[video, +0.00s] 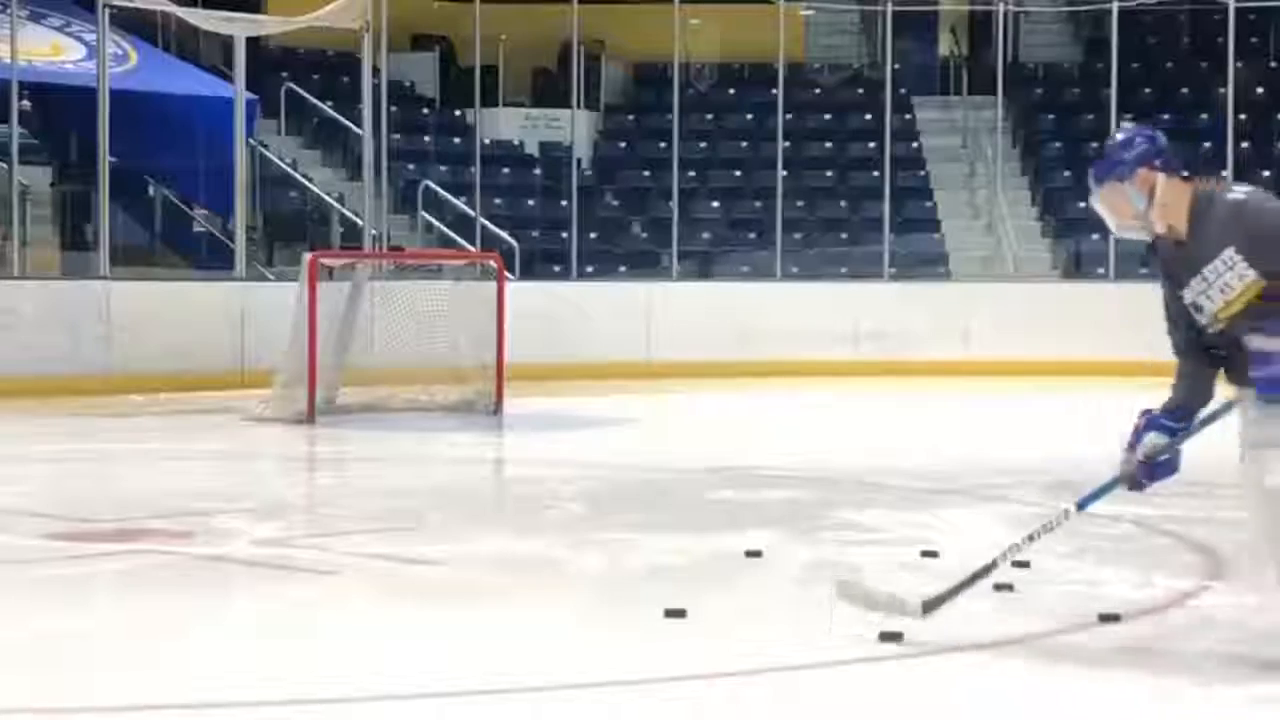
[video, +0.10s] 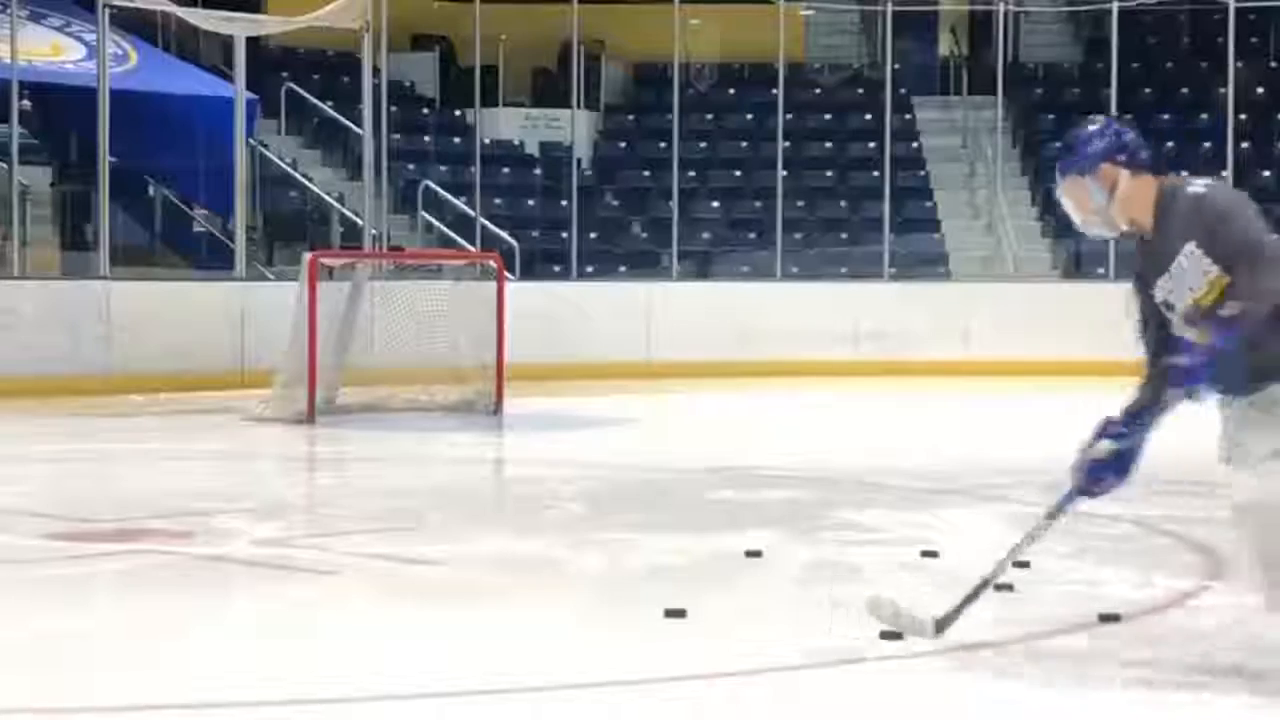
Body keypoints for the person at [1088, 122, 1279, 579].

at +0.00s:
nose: (1114, 213)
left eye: (1113, 193)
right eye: (1106, 199)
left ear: (1146, 178)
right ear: (1143, 181)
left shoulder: (1246, 212)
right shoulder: (1171, 259)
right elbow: (1197, 355)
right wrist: (1169, 425)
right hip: (1263, 397)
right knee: (1265, 533)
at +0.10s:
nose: (1080, 209)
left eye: (1080, 190)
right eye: (1072, 196)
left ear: (1113, 172)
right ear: (1112, 178)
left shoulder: (1209, 203)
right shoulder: (1149, 265)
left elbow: (1266, 273)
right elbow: (1167, 366)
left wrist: (1218, 340)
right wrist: (1128, 432)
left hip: (1271, 385)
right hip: (1245, 399)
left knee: (1263, 523)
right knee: (1260, 526)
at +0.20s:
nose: (1046, 203)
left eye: (1048, 183)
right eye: (1038, 190)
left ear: (1081, 165)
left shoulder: (1161, 197)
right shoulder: (1103, 250)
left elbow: (1209, 273)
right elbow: (1117, 361)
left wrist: (1147, 329)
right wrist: (1069, 438)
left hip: (1264, 371)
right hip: (1210, 393)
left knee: (1265, 523)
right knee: (1225, 533)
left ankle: (1272, 635)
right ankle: (1272, 637)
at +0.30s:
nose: (992, 187)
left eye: (998, 169)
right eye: (988, 173)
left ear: (1030, 159)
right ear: (1026, 165)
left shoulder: (1099, 197)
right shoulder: (1060, 234)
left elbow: (1136, 276)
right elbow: (1060, 344)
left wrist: (1087, 339)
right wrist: (1014, 429)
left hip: (1208, 365)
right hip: (1155, 388)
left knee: (1178, 497)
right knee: (1163, 508)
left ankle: (1240, 648)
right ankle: (1221, 648)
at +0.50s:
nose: (845, 189)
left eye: (849, 172)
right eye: (842, 174)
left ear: (881, 167)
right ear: (892, 169)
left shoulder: (928, 213)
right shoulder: (919, 225)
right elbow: (911, 363)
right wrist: (851, 444)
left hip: (1026, 376)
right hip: (1044, 376)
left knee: (927, 487)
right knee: (1007, 528)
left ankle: (981, 661)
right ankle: (1097, 674)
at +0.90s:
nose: (449, 165)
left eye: (453, 154)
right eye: (451, 153)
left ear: (475, 153)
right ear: (512, 152)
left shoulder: (482, 195)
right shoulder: (542, 200)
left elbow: (448, 280)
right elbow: (536, 296)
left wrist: (442, 344)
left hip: (552, 369)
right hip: (611, 375)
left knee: (456, 505)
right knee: (575, 548)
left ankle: (507, 652)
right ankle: (704, 617)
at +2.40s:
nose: (252, 224)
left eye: (255, 215)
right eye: (254, 214)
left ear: (213, 196)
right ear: (242, 210)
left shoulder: (168, 206)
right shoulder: (231, 253)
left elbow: (103, 220)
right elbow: (200, 313)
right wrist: (194, 344)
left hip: (97, 323)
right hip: (144, 338)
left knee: (103, 422)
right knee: (136, 432)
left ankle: (96, 501)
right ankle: (115, 498)